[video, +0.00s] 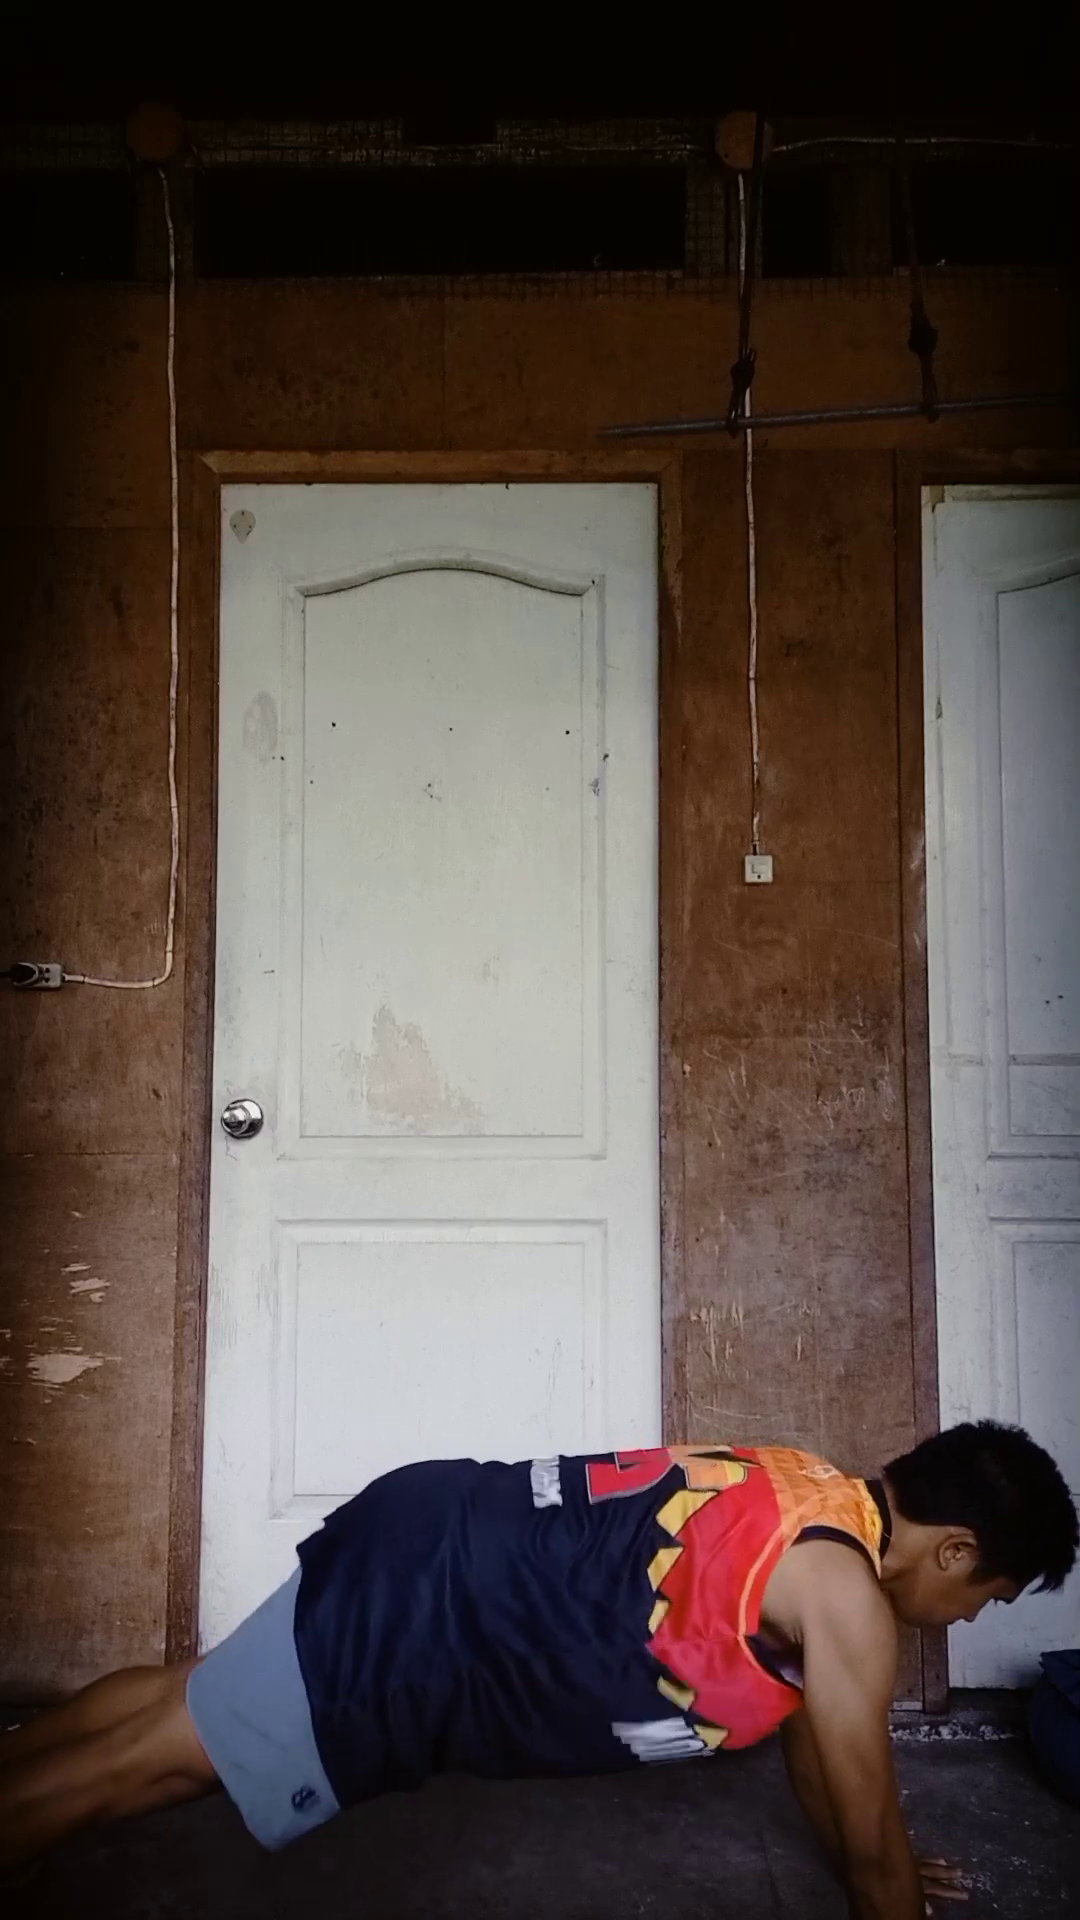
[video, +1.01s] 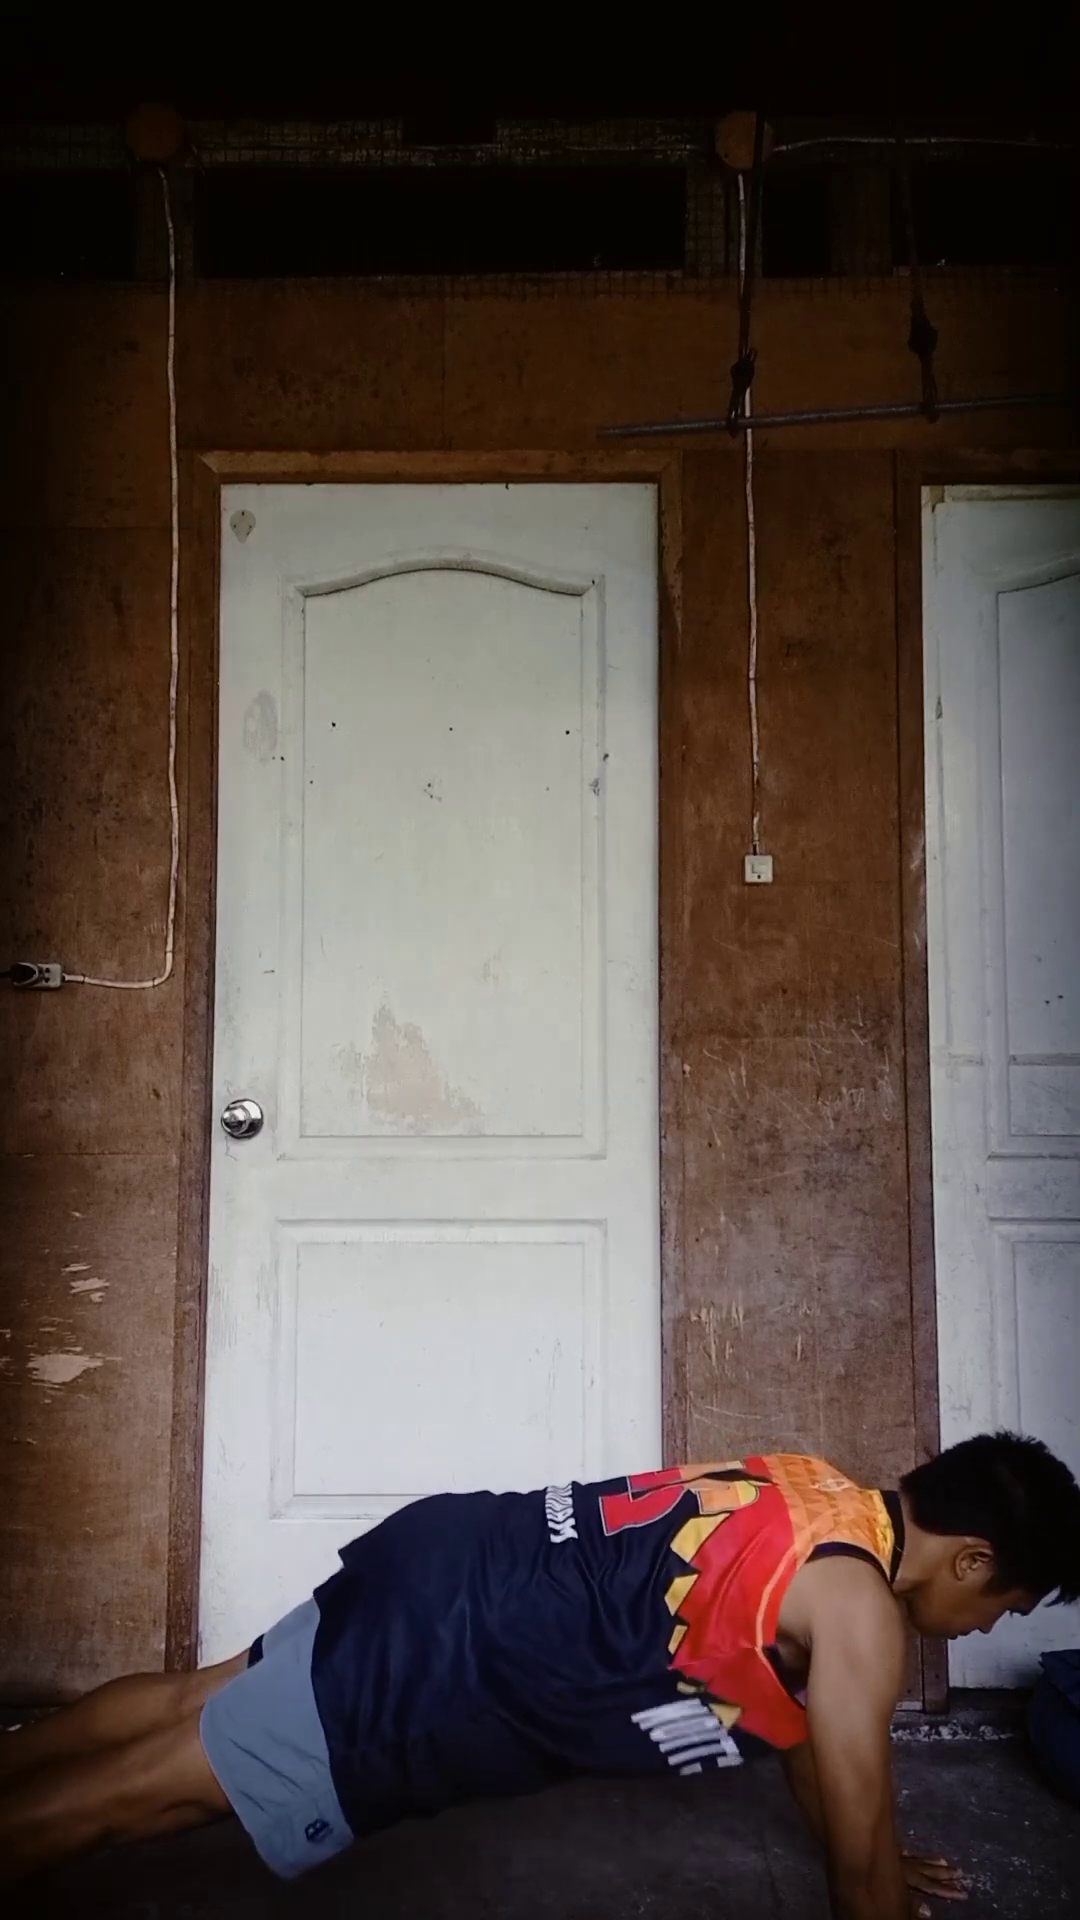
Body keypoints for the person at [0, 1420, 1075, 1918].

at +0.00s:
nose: (975, 1616)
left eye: (996, 1597)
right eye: (992, 1591)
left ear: (927, 1487)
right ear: (959, 1551)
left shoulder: (809, 1482)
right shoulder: (844, 1609)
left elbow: (810, 1735)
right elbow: (868, 1848)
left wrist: (893, 1860)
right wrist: (911, 1900)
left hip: (426, 1522)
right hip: (424, 1617)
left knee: (174, 1696)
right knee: (143, 1768)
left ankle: (13, 1763)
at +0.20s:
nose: (973, 1611)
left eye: (993, 1592)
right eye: (988, 1585)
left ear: (923, 1487)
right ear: (954, 1543)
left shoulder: (810, 1480)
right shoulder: (848, 1611)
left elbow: (807, 1712)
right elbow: (860, 1871)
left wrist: (876, 1849)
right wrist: (903, 1896)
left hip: (430, 1527)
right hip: (428, 1620)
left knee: (166, 1695)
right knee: (127, 1769)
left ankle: (15, 1761)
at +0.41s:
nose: (980, 1623)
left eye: (1001, 1606)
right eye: (996, 1599)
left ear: (931, 1492)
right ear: (964, 1557)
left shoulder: (810, 1483)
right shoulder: (851, 1617)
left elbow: (809, 1714)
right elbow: (864, 1865)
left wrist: (884, 1852)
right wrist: (905, 1896)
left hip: (437, 1537)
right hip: (438, 1644)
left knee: (192, 1688)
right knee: (143, 1787)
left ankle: (2, 1767)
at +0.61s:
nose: (982, 1622)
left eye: (1005, 1605)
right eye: (999, 1597)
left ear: (936, 1491)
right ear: (965, 1553)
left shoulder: (815, 1481)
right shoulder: (851, 1618)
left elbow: (802, 1712)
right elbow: (869, 1873)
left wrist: (877, 1848)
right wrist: (910, 1892)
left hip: (446, 1541)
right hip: (445, 1652)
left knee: (187, 1697)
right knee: (147, 1782)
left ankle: (4, 1768)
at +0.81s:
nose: (983, 1611)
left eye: (1004, 1593)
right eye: (998, 1586)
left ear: (935, 1489)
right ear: (959, 1541)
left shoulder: (813, 1472)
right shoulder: (851, 1612)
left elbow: (804, 1702)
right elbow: (861, 1866)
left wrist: (872, 1846)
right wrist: (904, 1897)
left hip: (446, 1535)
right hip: (442, 1641)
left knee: (192, 1693)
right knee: (154, 1776)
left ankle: (4, 1766)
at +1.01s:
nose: (987, 1627)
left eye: (1008, 1608)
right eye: (1002, 1602)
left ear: (935, 1498)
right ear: (966, 1557)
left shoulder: (823, 1487)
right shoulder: (856, 1620)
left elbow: (806, 1713)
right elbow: (867, 1879)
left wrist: (877, 1850)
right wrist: (910, 1896)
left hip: (450, 1551)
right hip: (445, 1656)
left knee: (194, 1697)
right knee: (140, 1793)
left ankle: (1, 1766)